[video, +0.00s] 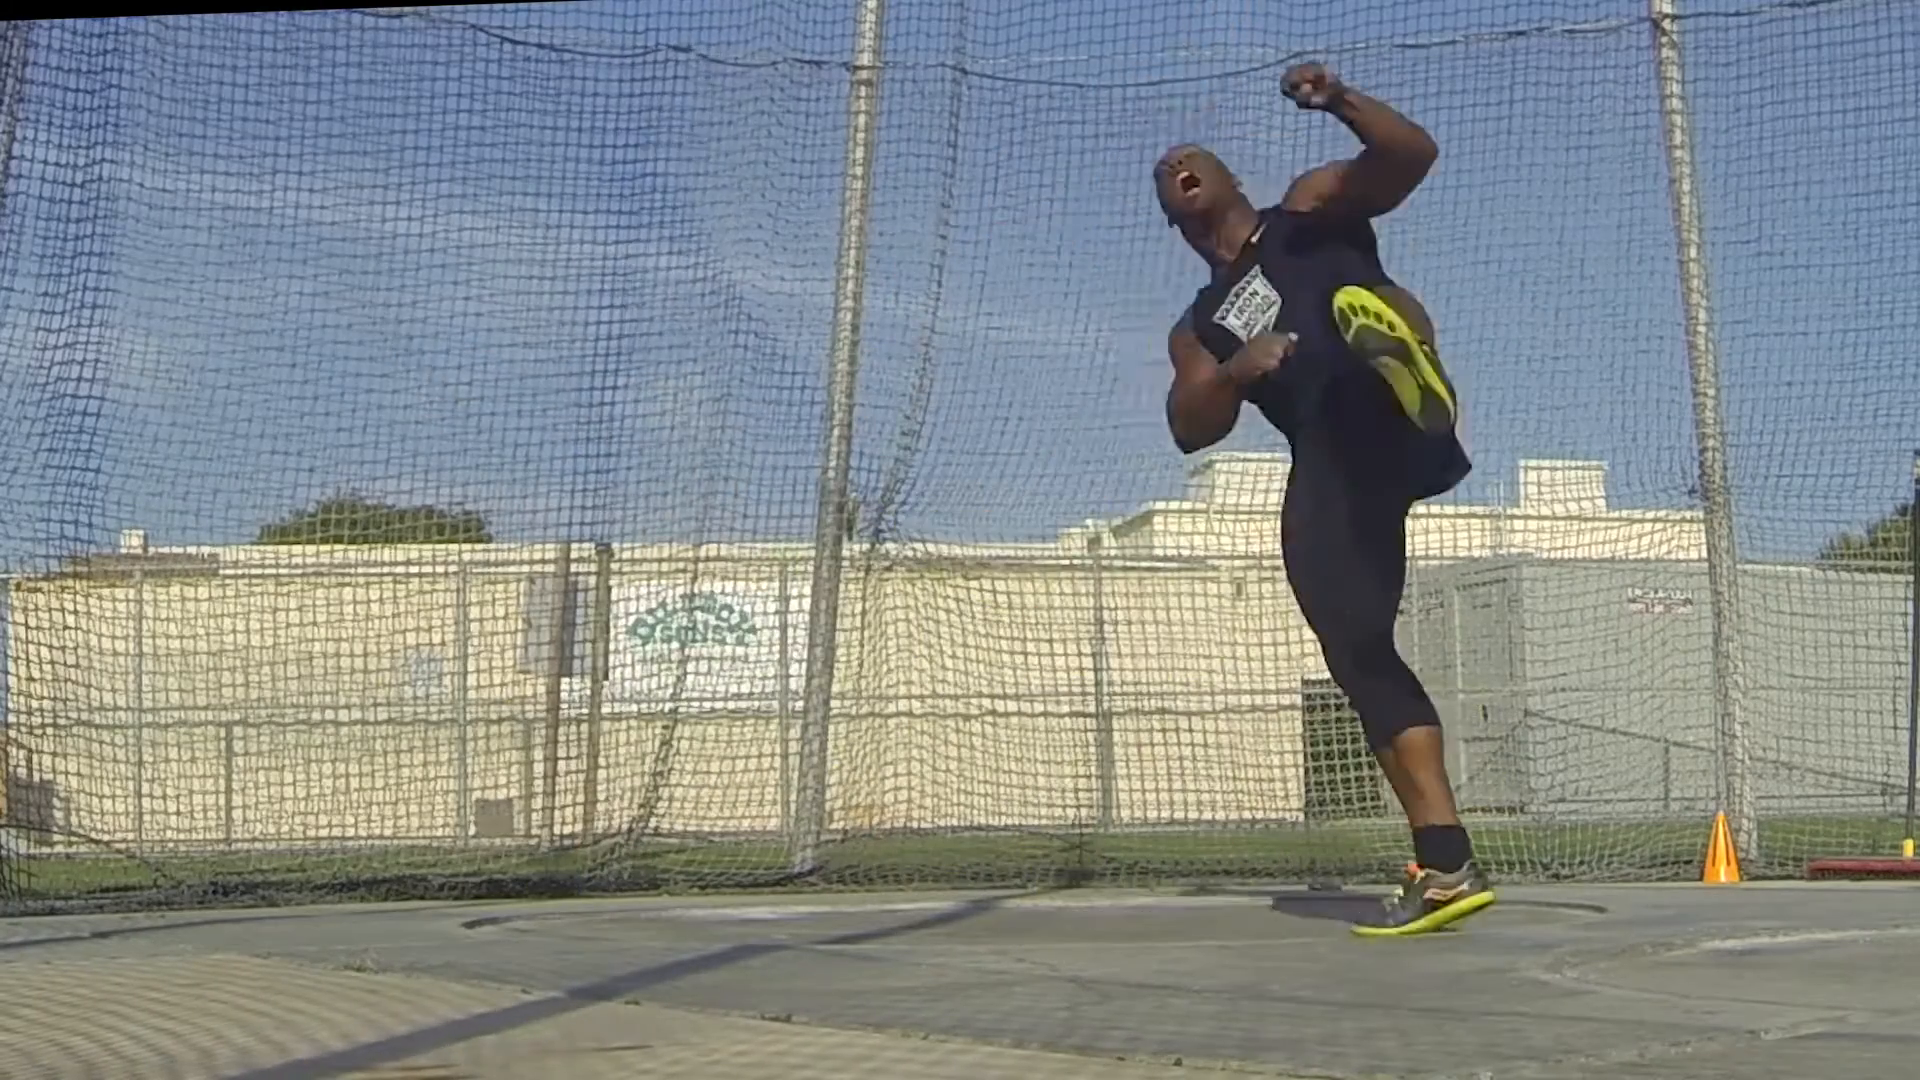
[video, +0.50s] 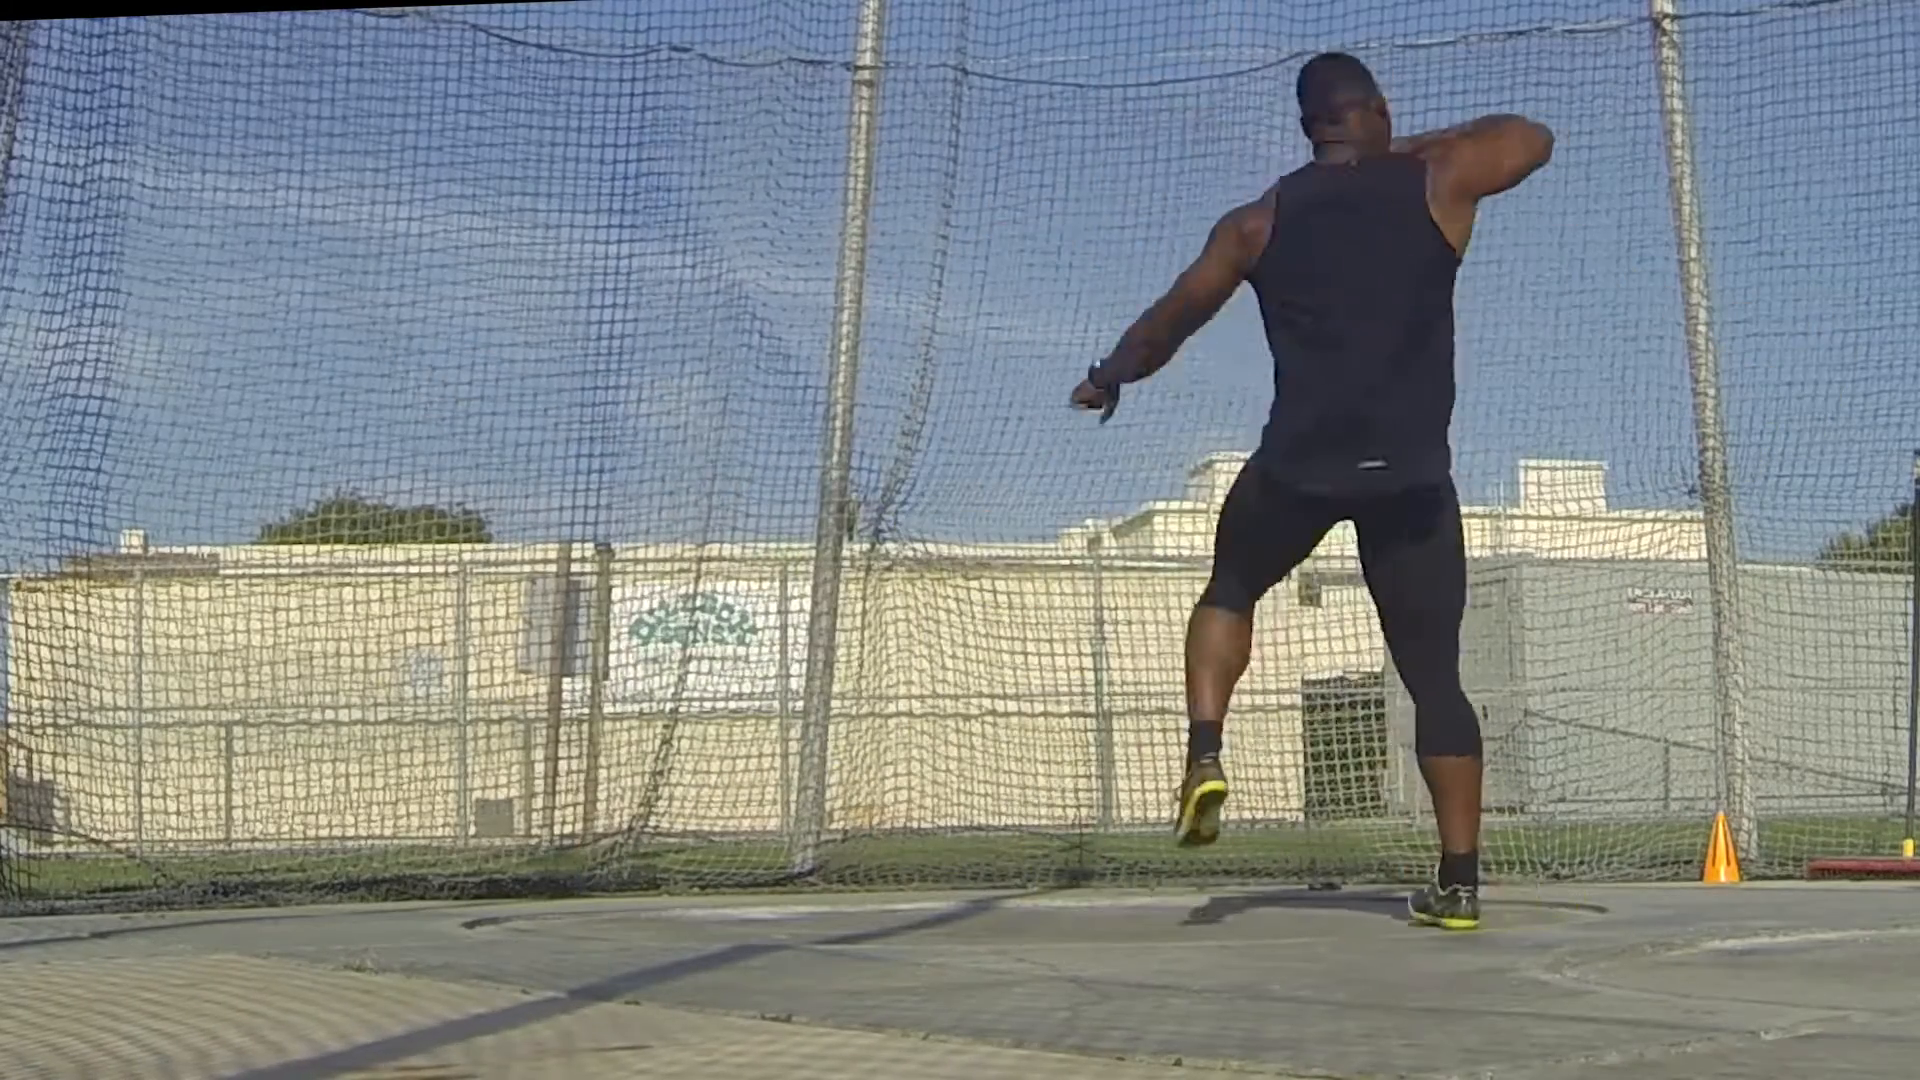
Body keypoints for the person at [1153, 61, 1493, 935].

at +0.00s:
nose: (1180, 176)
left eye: (1191, 166)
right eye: (1166, 181)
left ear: (1234, 178)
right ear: (1174, 222)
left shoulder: (1309, 202)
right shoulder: (1198, 324)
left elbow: (1413, 155)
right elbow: (1191, 429)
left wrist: (1341, 100)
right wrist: (1231, 373)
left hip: (1394, 417)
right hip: (1327, 472)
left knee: (1363, 296)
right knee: (1358, 650)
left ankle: (1409, 373)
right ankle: (1446, 862)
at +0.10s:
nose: (1210, 118)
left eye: (1213, 108)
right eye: (1184, 115)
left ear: (1234, 131)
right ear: (1158, 159)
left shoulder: (1315, 191)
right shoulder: (1155, 280)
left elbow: (1452, 178)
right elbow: (1141, 387)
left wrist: (1458, 110)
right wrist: (1222, 320)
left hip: (1411, 377)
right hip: (1334, 448)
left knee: (1536, 266)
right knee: (1397, 652)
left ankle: (1741, 350)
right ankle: (1477, 859)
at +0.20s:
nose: (1262, 115)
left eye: (1261, 102)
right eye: (1237, 105)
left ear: (1268, 128)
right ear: (1193, 140)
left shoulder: (1317, 210)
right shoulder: (1172, 252)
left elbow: (1446, 239)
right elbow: (1184, 300)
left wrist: (1519, 186)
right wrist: (1284, 219)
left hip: (1419, 391)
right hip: (1348, 450)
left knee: (1579, 319)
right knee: (1421, 650)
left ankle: (1735, 437)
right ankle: (1469, 865)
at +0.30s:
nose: (1321, 101)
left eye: (1316, 89)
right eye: (1299, 92)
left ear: (1301, 116)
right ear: (1250, 123)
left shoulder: (1309, 209)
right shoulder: (1252, 218)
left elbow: (1396, 281)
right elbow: (1358, 190)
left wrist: (1504, 262)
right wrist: (1416, 135)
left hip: (1395, 407)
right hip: (1348, 452)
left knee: (1492, 393)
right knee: (1438, 639)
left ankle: (1528, 560)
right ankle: (1466, 875)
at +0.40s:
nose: (1381, 95)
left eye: (1374, 82)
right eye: (1365, 84)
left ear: (1304, 114)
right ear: (1316, 106)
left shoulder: (1254, 217)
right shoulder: (1368, 184)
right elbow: (1520, 141)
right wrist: (1432, 152)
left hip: (1293, 456)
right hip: (1382, 456)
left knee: (1343, 512)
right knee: (1447, 651)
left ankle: (1292, 665)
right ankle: (1472, 879)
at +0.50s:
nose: (1385, 120)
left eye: (1372, 110)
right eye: (1381, 108)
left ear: (1306, 130)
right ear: (1376, 115)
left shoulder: (1259, 220)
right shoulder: (1443, 174)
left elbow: (1173, 317)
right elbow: (1534, 138)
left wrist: (1112, 373)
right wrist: (1421, 145)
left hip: (1295, 464)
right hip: (1410, 470)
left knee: (1229, 590)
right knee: (1435, 678)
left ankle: (1205, 756)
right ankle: (1460, 883)